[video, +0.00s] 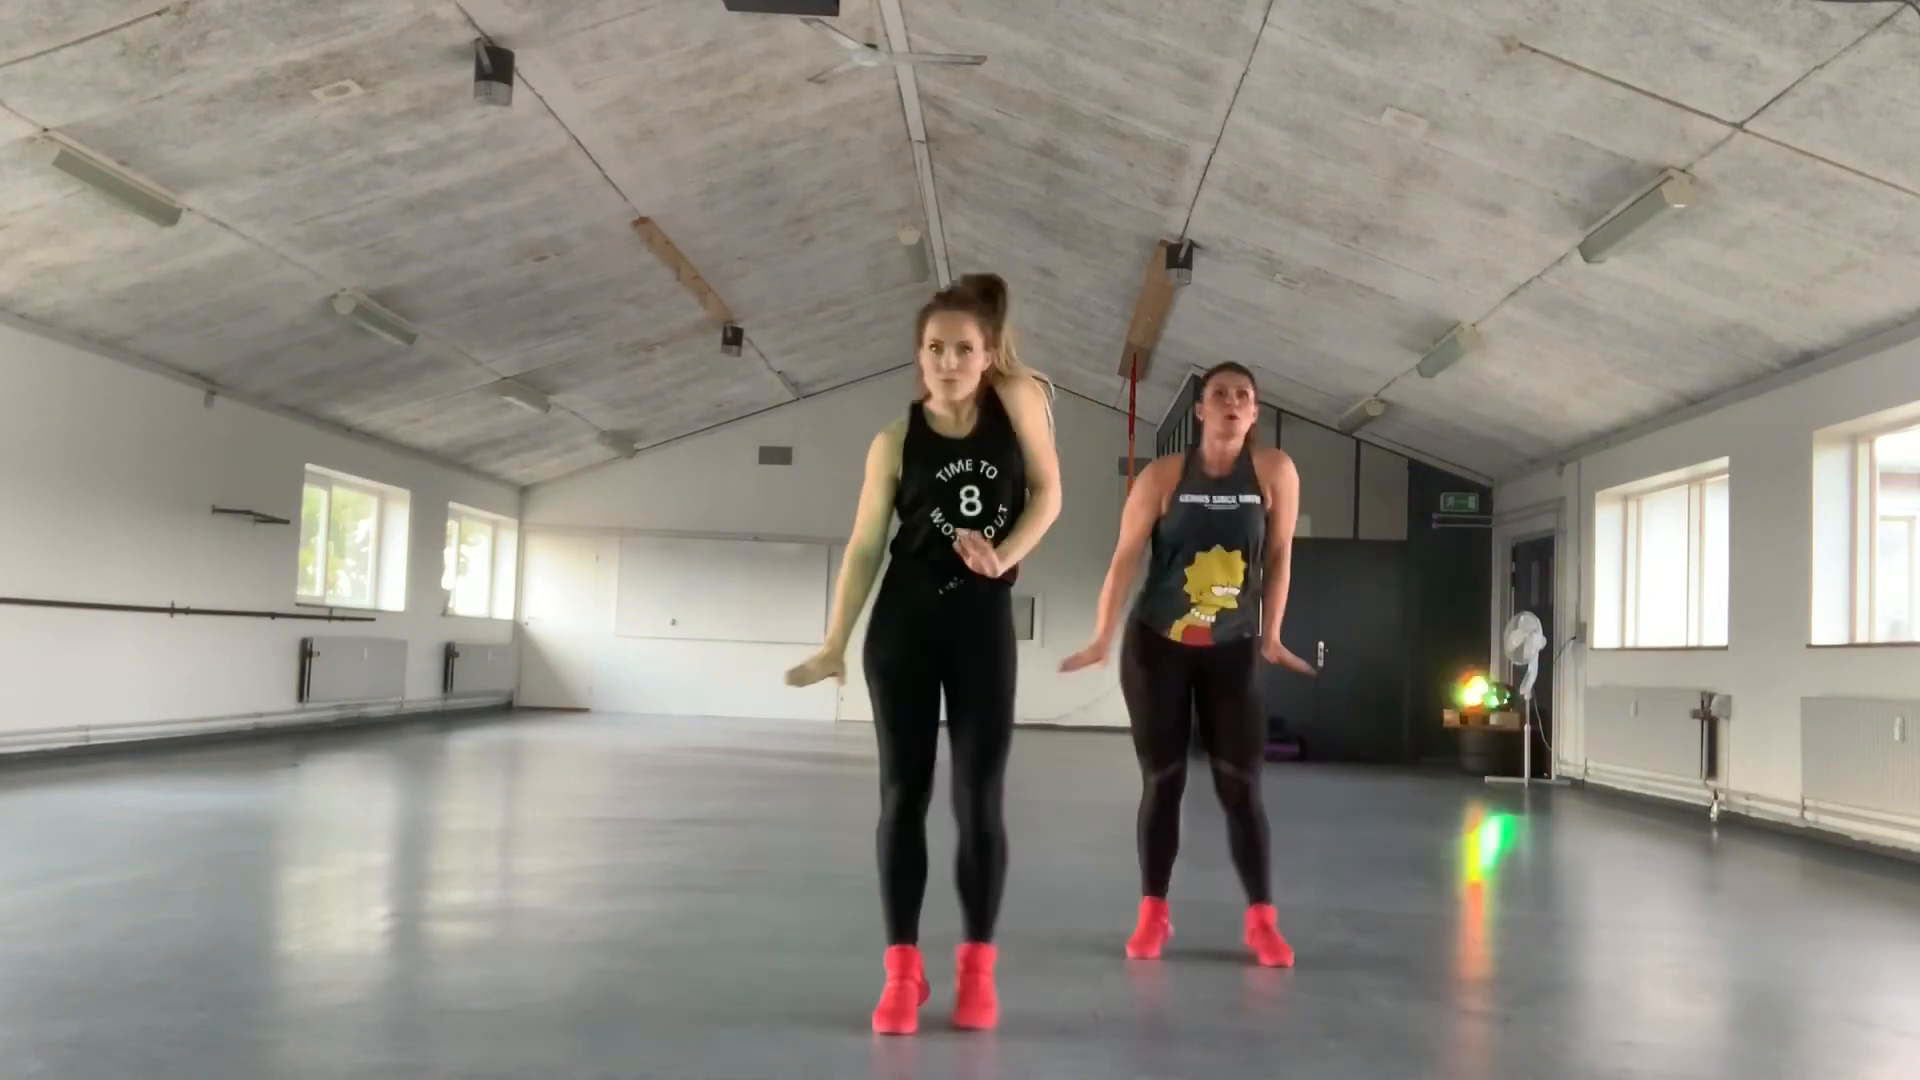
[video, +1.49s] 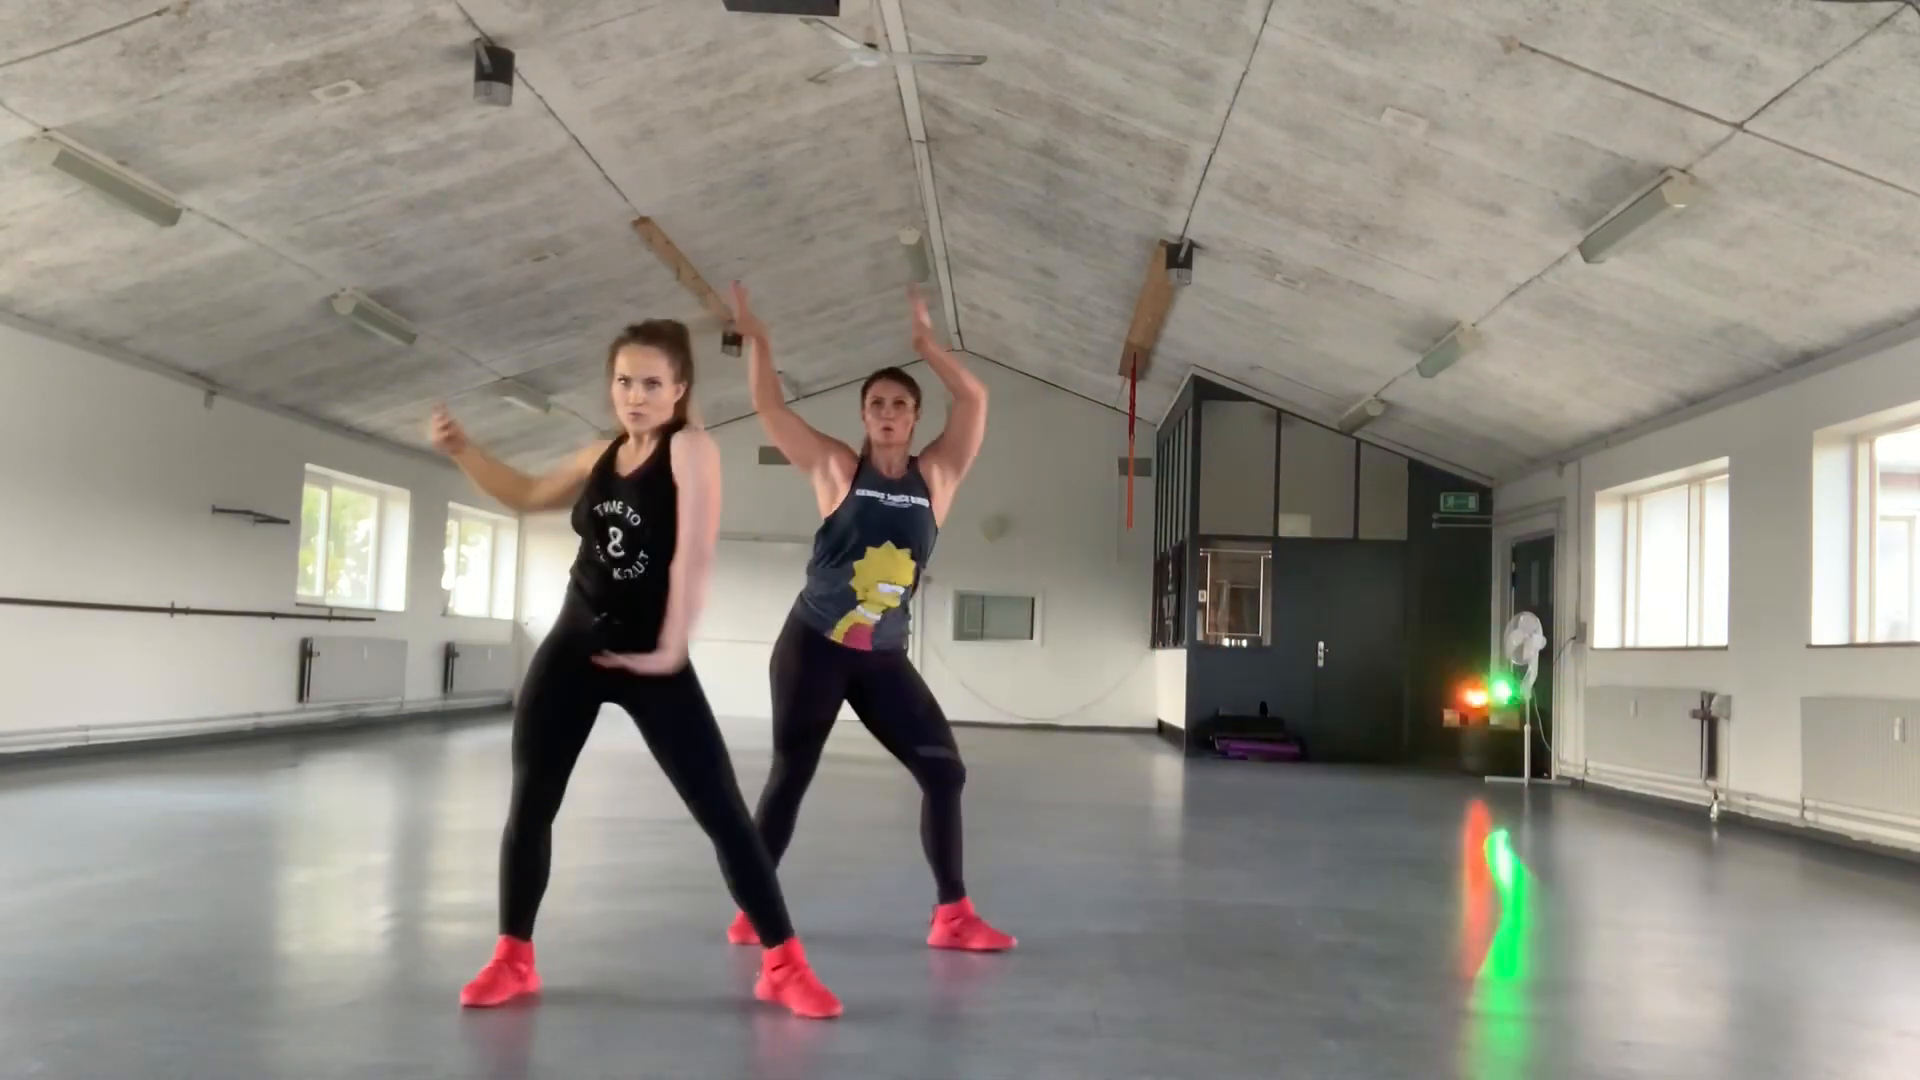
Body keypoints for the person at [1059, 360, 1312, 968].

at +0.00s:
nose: (1232, 405)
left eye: (1242, 397)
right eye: (1220, 396)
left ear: (1255, 411)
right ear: (1198, 407)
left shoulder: (1275, 470)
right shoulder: (1159, 476)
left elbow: (1279, 558)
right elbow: (1126, 559)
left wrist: (1270, 636)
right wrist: (1103, 636)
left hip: (1232, 652)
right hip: (1157, 649)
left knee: (1240, 784)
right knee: (1164, 780)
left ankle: (1261, 915)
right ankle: (1153, 909)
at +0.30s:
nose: (1156, 408)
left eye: (1166, 401)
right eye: (1145, 399)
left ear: (1180, 418)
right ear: (1125, 412)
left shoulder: (1200, 491)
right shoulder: (1092, 474)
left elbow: (1211, 578)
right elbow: (1061, 557)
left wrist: (1213, 660)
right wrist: (1039, 638)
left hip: (1172, 655)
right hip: (1100, 649)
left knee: (1164, 785)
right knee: (1069, 731)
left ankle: (1173, 913)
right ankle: (1071, 858)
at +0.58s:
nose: (1092, 417)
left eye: (1104, 409)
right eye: (1082, 408)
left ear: (1119, 422)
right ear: (1064, 420)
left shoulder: (1139, 501)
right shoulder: (1033, 470)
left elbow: (1151, 591)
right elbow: (1006, 550)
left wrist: (1158, 675)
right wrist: (998, 625)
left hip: (1110, 659)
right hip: (1039, 653)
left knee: (1089, 788)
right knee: (1011, 742)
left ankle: (1083, 912)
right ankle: (1021, 872)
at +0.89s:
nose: (1016, 396)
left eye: (1028, 388)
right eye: (1006, 387)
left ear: (1044, 403)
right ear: (989, 400)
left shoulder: (1068, 478)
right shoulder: (955, 470)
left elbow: (1100, 560)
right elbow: (916, 552)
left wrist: (1085, 632)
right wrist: (853, 593)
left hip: (1026, 647)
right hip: (951, 642)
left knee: (1041, 772)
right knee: (955, 775)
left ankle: (1035, 897)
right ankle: (946, 906)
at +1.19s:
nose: (946, 402)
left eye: (957, 395)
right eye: (936, 393)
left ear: (970, 412)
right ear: (916, 405)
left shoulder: (983, 489)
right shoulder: (874, 465)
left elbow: (1034, 556)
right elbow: (783, 458)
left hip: (972, 645)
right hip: (900, 648)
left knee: (966, 775)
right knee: (833, 754)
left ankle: (982, 905)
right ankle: (808, 891)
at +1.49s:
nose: (888, 416)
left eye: (898, 407)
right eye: (878, 407)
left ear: (915, 417)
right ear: (862, 415)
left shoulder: (937, 475)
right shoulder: (832, 464)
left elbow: (974, 400)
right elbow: (771, 409)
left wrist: (931, 348)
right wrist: (756, 337)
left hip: (884, 661)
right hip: (813, 650)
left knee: (945, 771)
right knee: (791, 774)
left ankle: (953, 911)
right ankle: (751, 908)